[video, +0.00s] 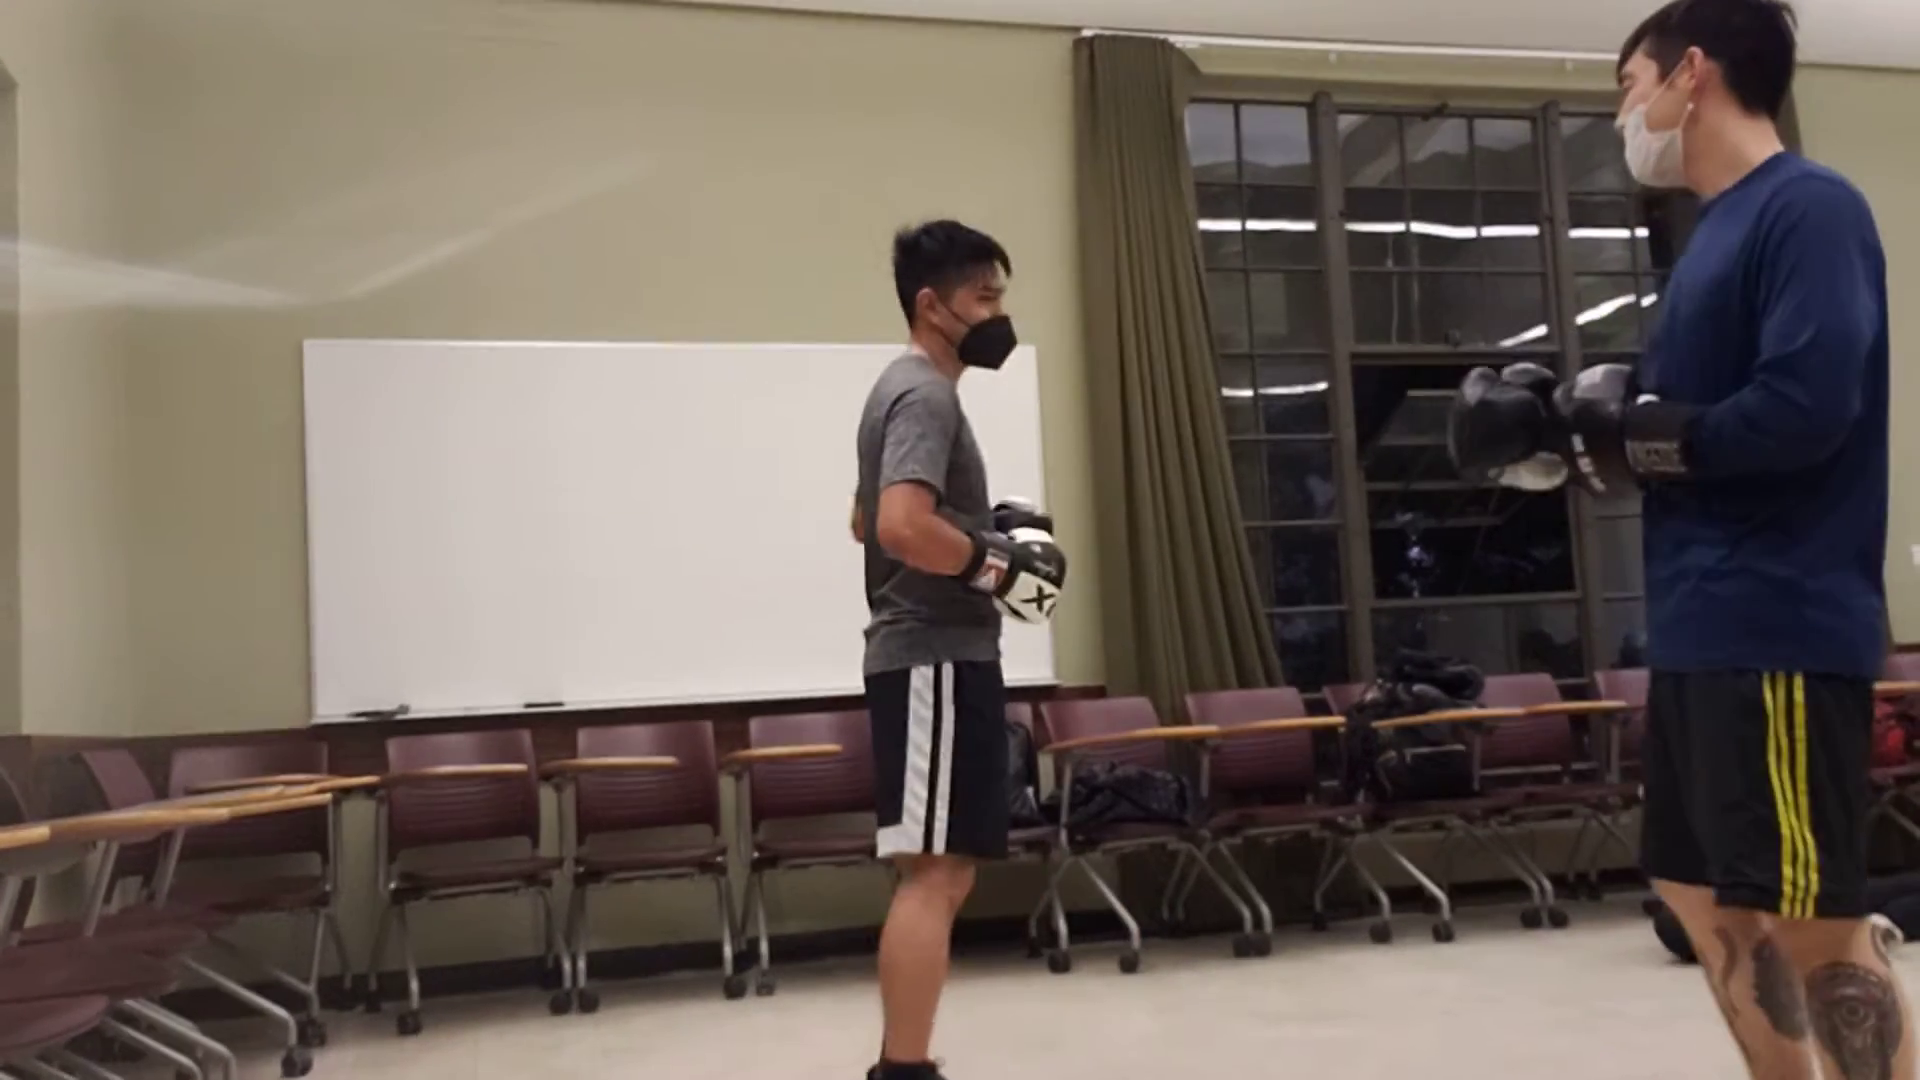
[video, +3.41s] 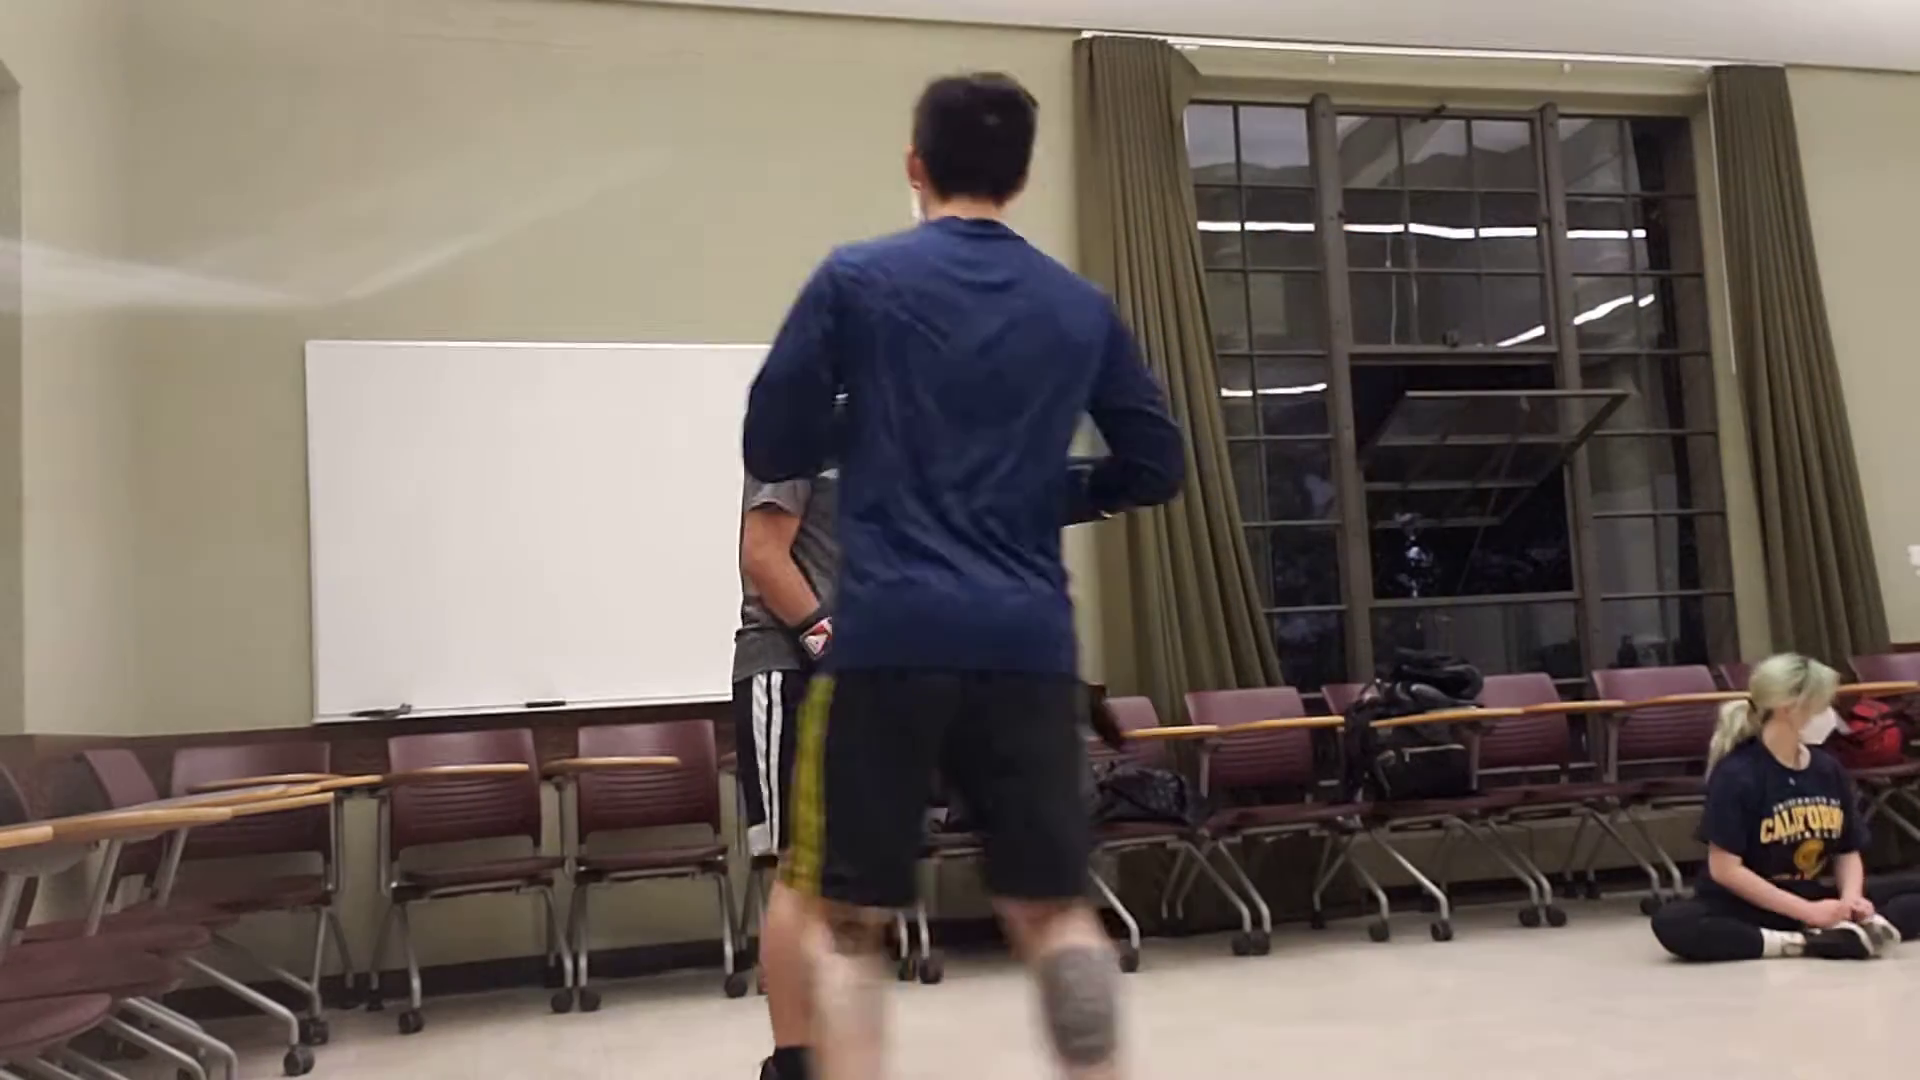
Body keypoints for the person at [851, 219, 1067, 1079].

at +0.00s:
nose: (999, 310)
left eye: (1000, 295)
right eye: (983, 296)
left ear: (932, 308)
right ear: (929, 302)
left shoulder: (900, 389)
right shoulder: (923, 394)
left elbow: (867, 520)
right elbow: (901, 522)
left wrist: (979, 531)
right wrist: (991, 566)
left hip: (933, 659)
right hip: (934, 663)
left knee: (939, 873)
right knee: (934, 874)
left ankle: (906, 1062)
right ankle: (906, 1066)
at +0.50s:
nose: (995, 342)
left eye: (1001, 326)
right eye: (978, 326)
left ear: (1003, 320)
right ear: (927, 326)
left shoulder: (950, 419)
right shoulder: (907, 411)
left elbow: (976, 540)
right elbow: (942, 536)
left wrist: (1039, 479)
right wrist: (1032, 476)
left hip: (963, 658)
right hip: (951, 660)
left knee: (941, 854)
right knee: (1019, 860)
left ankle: (897, 1058)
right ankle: (1040, 1071)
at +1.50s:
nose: (967, 335)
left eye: (972, 319)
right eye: (948, 320)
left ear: (972, 315)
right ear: (898, 324)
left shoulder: (922, 414)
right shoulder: (869, 414)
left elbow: (903, 542)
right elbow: (841, 554)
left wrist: (977, 553)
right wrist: (950, 570)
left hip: (909, 659)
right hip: (878, 661)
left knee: (893, 864)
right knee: (941, 860)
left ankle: (882, 1060)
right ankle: (948, 1067)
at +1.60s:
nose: (950, 334)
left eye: (956, 318)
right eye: (931, 319)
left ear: (957, 319)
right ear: (882, 323)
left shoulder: (906, 414)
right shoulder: (856, 416)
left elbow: (883, 535)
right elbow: (807, 551)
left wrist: (947, 554)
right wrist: (914, 589)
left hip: (897, 658)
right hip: (862, 662)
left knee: (903, 862)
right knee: (908, 863)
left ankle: (878, 1052)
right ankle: (873, 1056)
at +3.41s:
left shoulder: (887, 442)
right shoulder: (802, 426)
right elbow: (761, 549)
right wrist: (823, 635)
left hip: (845, 661)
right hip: (785, 661)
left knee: (842, 874)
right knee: (797, 871)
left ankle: (820, 1047)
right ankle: (793, 1052)